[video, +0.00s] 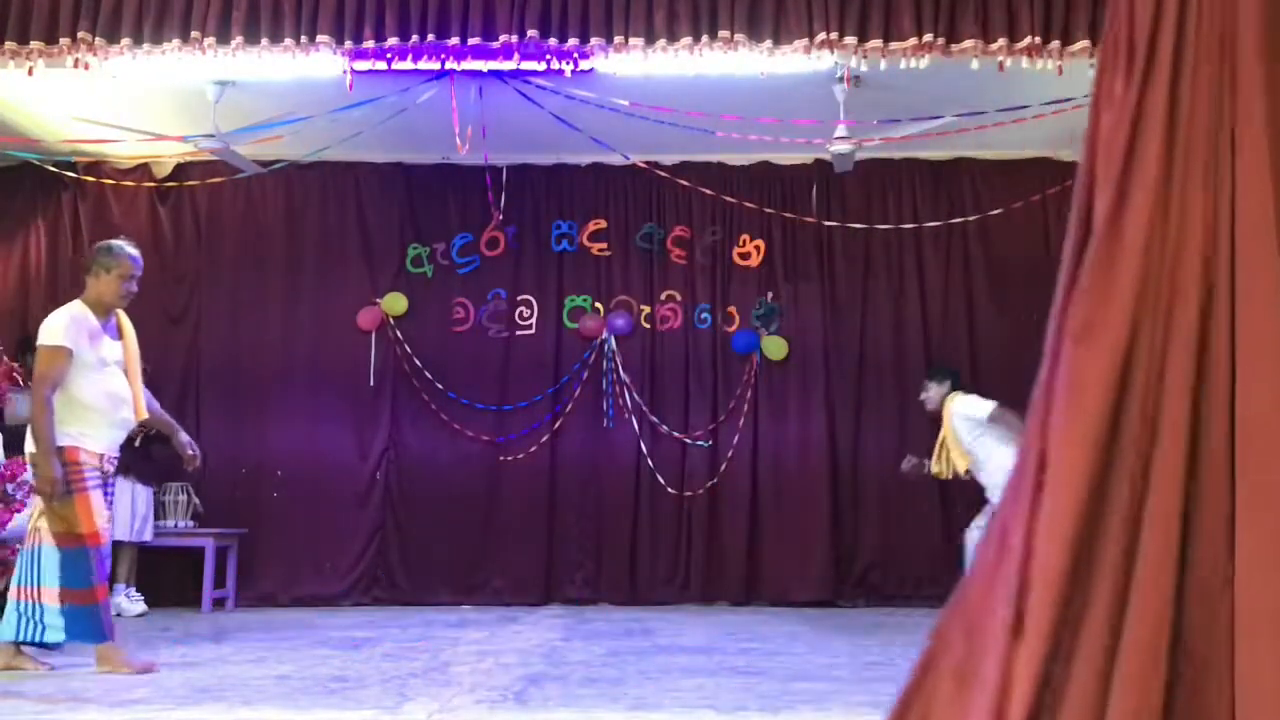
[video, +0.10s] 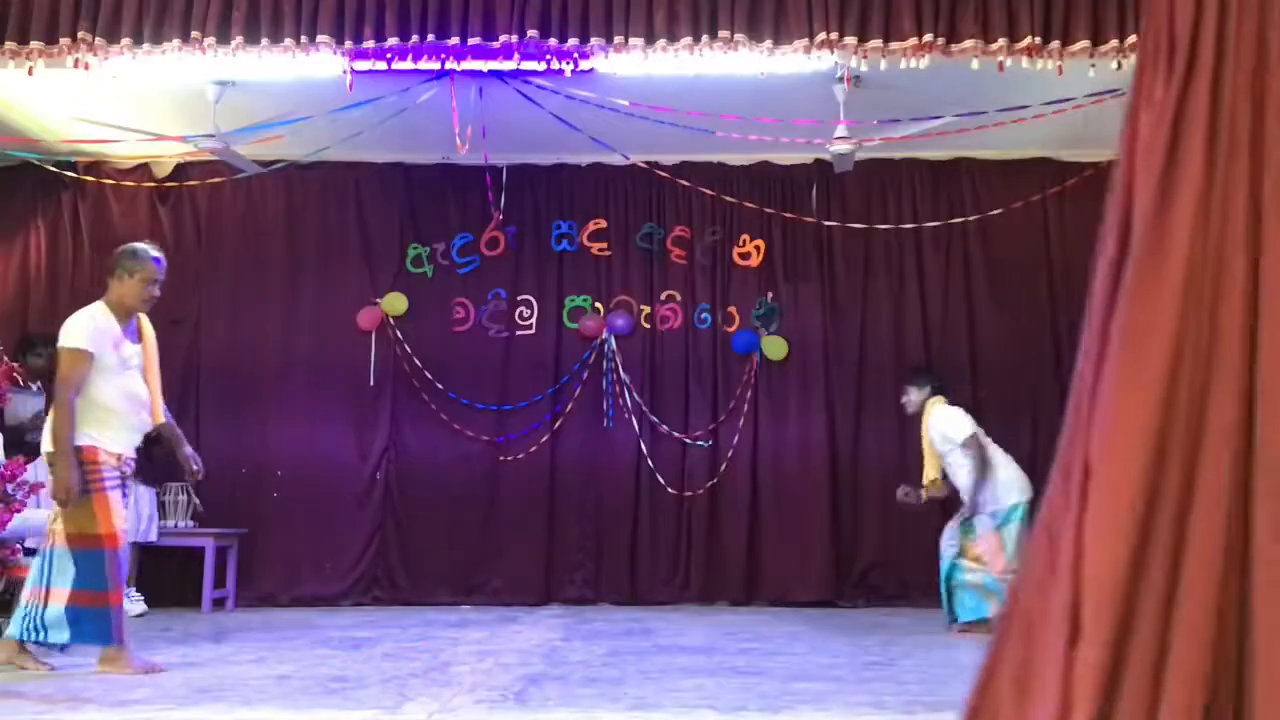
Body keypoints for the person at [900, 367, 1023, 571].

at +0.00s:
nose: (922, 396)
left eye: (928, 388)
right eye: (922, 390)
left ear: (946, 385)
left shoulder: (959, 403)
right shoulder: (950, 423)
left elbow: (1004, 415)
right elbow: (957, 465)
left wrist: (1033, 444)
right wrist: (924, 467)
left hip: (1016, 481)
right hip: (1000, 493)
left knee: (975, 535)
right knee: (974, 536)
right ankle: (973, 593)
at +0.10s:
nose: (904, 400)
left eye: (910, 393)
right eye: (903, 393)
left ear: (927, 391)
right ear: (922, 394)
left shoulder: (942, 414)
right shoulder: (933, 424)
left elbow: (978, 450)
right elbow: (946, 485)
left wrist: (971, 503)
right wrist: (919, 495)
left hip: (1003, 495)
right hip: (993, 497)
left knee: (954, 539)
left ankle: (977, 614)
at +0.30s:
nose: (877, 379)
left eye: (877, 373)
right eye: (875, 374)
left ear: (888, 367)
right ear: (902, 366)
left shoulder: (899, 384)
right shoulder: (921, 388)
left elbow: (885, 411)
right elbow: (931, 419)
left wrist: (851, 424)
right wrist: (909, 436)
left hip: (955, 471)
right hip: (980, 469)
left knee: (918, 529)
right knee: (960, 541)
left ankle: (986, 511)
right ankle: (970, 614)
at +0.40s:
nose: (859, 363)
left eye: (863, 357)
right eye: (859, 357)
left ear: (878, 356)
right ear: (887, 359)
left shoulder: (883, 375)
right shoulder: (911, 382)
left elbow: (847, 388)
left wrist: (812, 395)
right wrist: (895, 418)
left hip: (936, 457)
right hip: (967, 459)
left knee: (885, 500)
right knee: (935, 530)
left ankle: (953, 506)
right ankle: (956, 595)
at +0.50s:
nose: (844, 375)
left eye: (848, 369)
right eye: (845, 369)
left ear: (863, 366)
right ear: (875, 367)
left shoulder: (864, 385)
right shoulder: (896, 390)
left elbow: (824, 405)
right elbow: (936, 411)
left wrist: (790, 391)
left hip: (919, 461)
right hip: (950, 464)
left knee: (864, 505)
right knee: (910, 532)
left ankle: (931, 517)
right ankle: (915, 603)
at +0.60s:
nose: (834, 406)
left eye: (835, 402)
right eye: (834, 403)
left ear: (841, 397)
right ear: (861, 393)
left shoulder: (845, 409)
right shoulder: (887, 411)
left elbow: (815, 445)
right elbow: (927, 435)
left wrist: (786, 411)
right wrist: (919, 472)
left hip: (902, 482)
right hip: (934, 483)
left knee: (847, 521)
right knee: (875, 545)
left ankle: (909, 543)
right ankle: (893, 612)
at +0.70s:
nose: (816, 411)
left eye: (818, 405)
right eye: (815, 406)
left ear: (831, 401)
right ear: (844, 402)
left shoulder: (829, 425)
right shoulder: (874, 422)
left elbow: (812, 470)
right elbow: (900, 455)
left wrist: (781, 446)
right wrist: (856, 472)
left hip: (889, 492)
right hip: (921, 491)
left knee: (836, 527)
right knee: (883, 554)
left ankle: (883, 574)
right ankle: (893, 613)